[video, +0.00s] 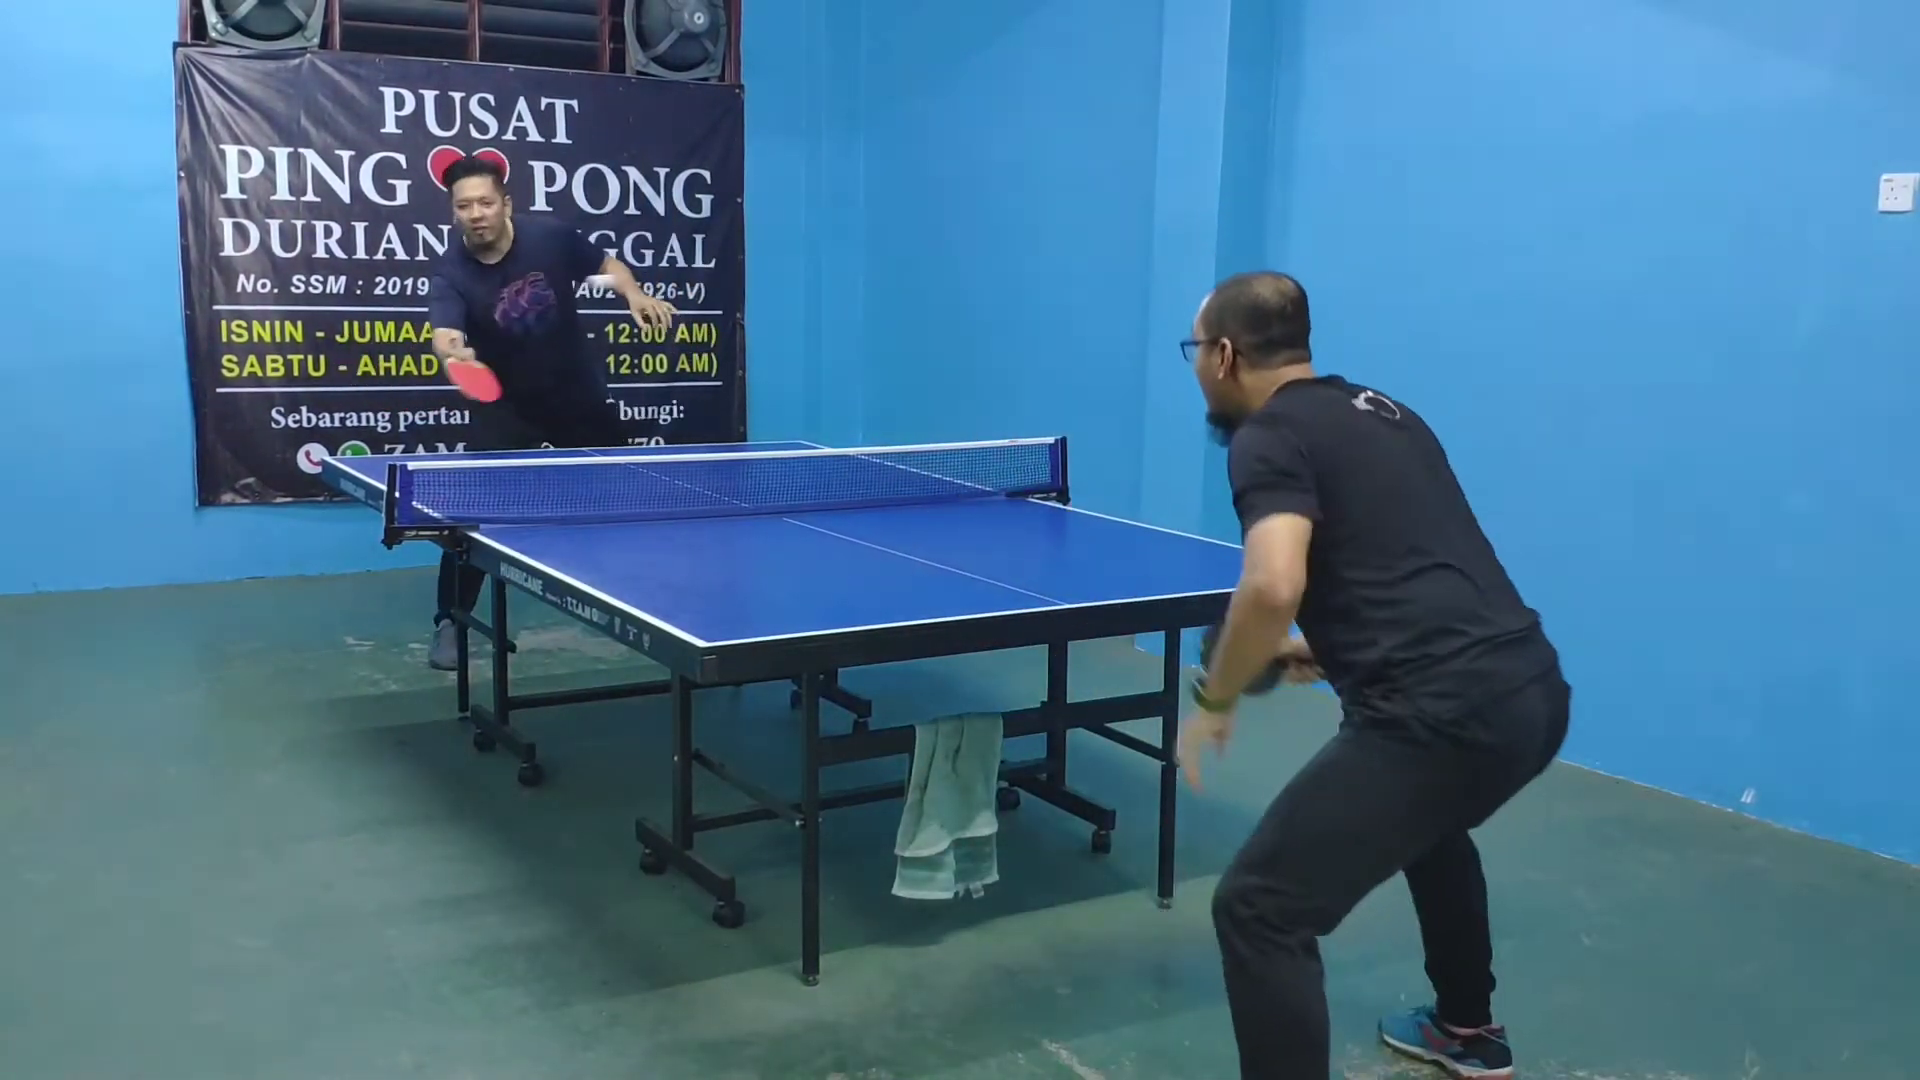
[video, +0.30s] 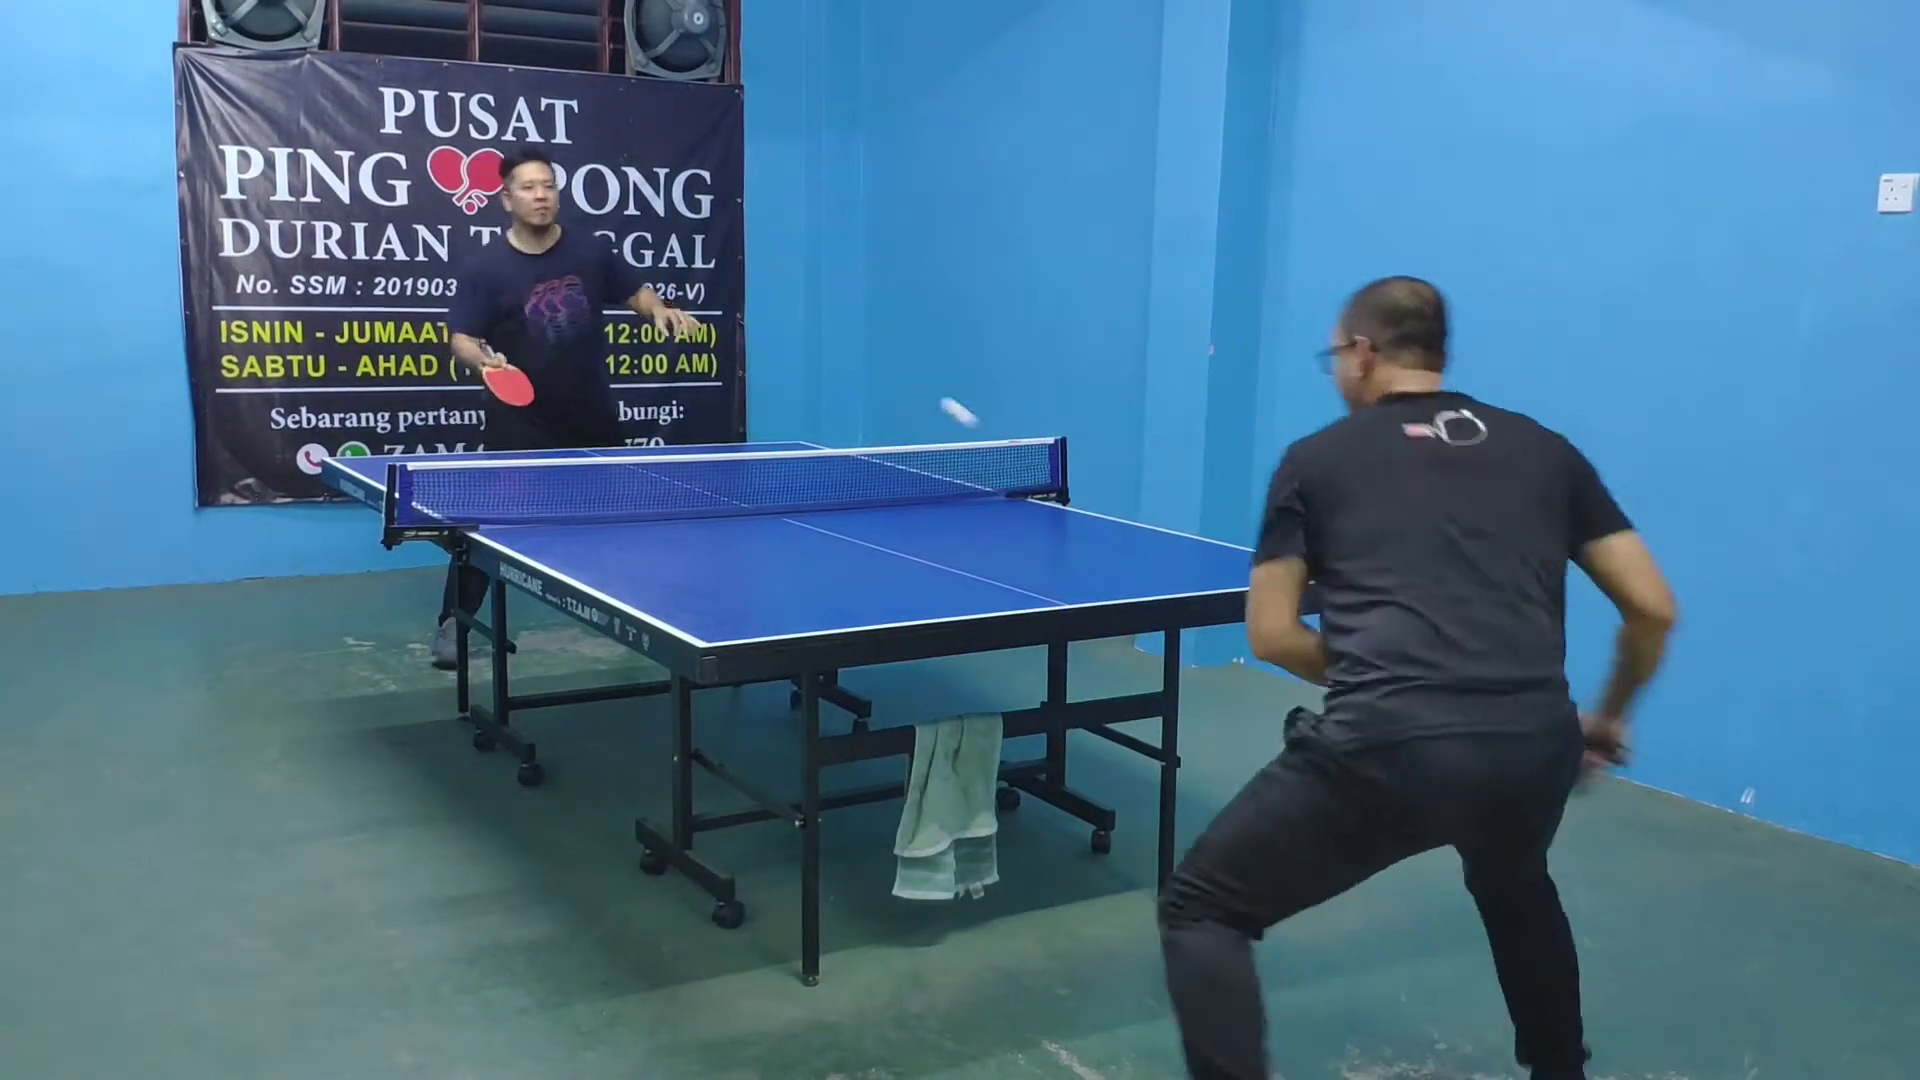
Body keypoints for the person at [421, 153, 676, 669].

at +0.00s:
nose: (476, 214)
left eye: (485, 202)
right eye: (465, 205)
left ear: (507, 201)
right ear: (453, 212)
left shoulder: (549, 236)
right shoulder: (451, 273)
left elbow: (606, 265)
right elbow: (444, 328)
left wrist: (636, 295)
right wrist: (452, 347)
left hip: (574, 399)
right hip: (502, 407)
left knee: (629, 494)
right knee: (476, 509)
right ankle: (451, 621)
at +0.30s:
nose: (541, 195)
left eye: (548, 186)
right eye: (528, 187)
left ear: (559, 193)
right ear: (507, 197)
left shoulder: (589, 252)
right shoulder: (485, 268)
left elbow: (636, 292)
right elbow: (459, 336)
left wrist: (661, 309)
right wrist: (480, 357)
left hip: (592, 417)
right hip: (520, 423)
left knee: (625, 514)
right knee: (489, 518)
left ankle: (665, 623)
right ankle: (454, 623)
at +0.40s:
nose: (562, 187)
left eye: (568, 177)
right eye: (549, 179)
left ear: (576, 184)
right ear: (526, 189)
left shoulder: (605, 242)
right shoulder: (503, 257)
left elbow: (648, 289)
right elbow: (478, 325)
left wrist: (672, 312)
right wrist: (491, 350)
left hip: (601, 408)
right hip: (528, 415)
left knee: (635, 504)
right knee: (492, 505)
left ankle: (663, 617)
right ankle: (456, 612)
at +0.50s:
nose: (568, 182)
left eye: (574, 173)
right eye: (556, 174)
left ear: (583, 180)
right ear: (533, 184)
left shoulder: (612, 239)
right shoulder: (509, 247)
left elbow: (656, 283)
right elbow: (484, 316)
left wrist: (677, 310)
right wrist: (494, 340)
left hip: (600, 399)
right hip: (528, 404)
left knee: (636, 498)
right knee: (476, 494)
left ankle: (659, 609)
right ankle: (449, 601)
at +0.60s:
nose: (565, 179)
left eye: (571, 170)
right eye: (553, 172)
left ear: (580, 177)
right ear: (529, 181)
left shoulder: (609, 236)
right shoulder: (506, 243)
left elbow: (651, 282)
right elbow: (480, 311)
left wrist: (670, 306)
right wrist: (490, 332)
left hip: (597, 394)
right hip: (525, 396)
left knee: (631, 493)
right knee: (476, 484)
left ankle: (655, 599)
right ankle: (442, 582)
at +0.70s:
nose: (554, 182)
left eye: (561, 172)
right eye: (542, 174)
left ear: (570, 179)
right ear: (519, 183)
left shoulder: (599, 236)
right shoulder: (495, 244)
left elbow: (641, 284)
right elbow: (468, 310)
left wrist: (656, 308)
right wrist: (482, 330)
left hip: (586, 392)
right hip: (513, 394)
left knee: (623, 486)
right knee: (469, 484)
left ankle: (650, 595)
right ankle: (429, 583)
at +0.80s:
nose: (540, 186)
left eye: (547, 177)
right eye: (528, 178)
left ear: (556, 182)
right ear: (506, 186)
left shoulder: (585, 239)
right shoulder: (483, 249)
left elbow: (629, 286)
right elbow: (455, 311)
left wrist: (639, 312)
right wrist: (473, 333)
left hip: (577, 392)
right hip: (503, 396)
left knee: (616, 485)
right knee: (455, 481)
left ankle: (642, 593)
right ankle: (430, 584)